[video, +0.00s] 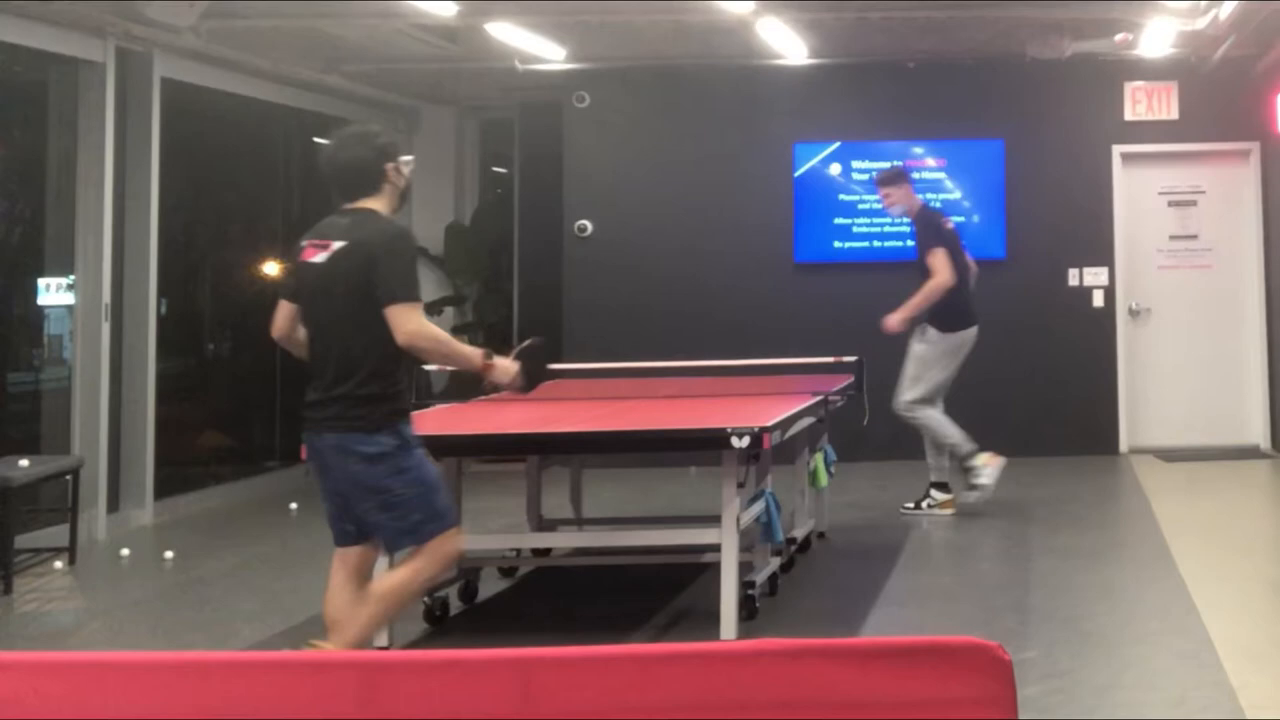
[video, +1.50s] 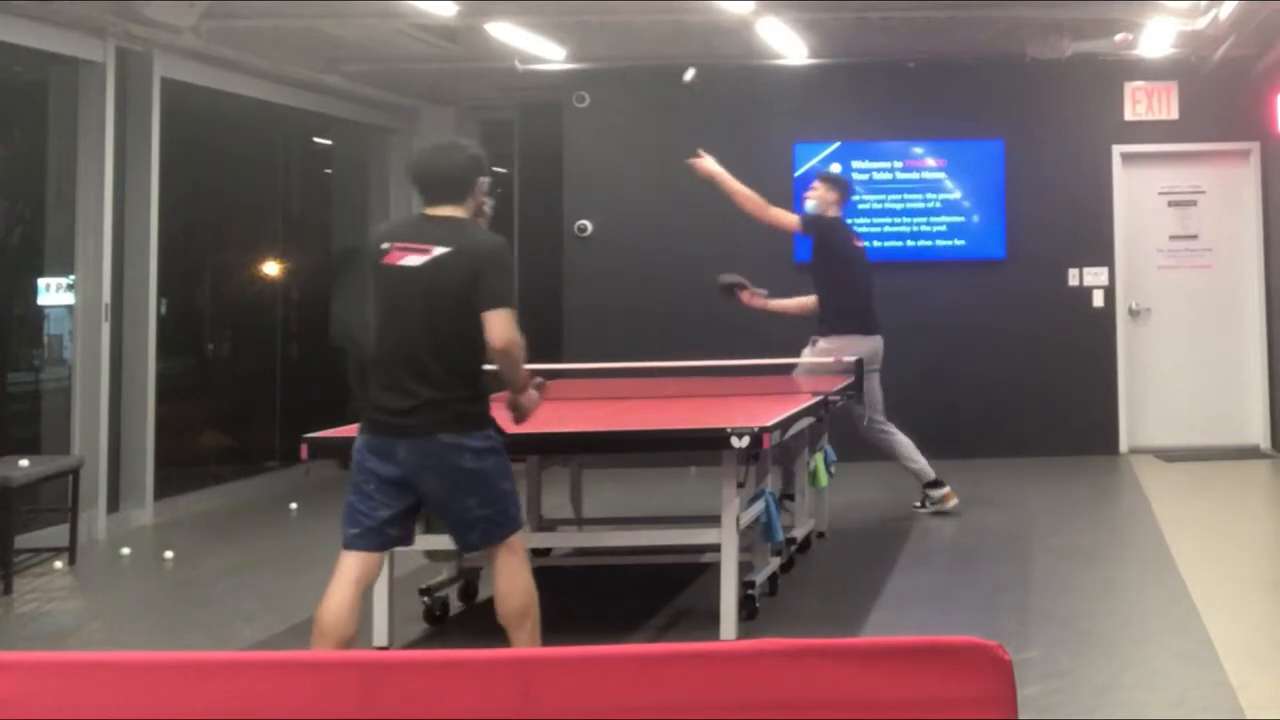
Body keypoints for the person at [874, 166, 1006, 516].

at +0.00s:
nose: (885, 203)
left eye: (889, 195)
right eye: (883, 197)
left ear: (908, 189)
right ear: (895, 196)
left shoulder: (925, 224)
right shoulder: (935, 220)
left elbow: (943, 277)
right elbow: (969, 269)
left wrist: (902, 314)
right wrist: (944, 309)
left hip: (944, 328)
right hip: (958, 327)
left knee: (909, 402)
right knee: (929, 404)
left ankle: (977, 460)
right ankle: (940, 491)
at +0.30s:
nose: (824, 227)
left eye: (827, 219)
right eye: (821, 221)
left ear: (846, 211)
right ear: (849, 214)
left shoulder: (865, 242)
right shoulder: (885, 234)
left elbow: (860, 306)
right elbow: (915, 283)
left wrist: (809, 335)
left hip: (900, 341)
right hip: (928, 337)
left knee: (859, 411)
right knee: (899, 414)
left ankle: (822, 485)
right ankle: (937, 489)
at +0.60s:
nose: (749, 253)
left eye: (752, 244)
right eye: (746, 247)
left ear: (772, 237)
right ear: (777, 237)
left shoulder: (788, 266)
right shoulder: (814, 252)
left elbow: (772, 333)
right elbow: (848, 307)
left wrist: (716, 363)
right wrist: (813, 342)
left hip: (854, 352)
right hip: (884, 343)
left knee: (805, 415)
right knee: (869, 422)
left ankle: (793, 497)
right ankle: (927, 485)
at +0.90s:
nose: (721, 248)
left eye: (726, 240)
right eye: (720, 242)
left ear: (749, 237)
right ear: (750, 238)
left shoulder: (755, 271)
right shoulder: (785, 256)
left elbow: (718, 328)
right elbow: (799, 319)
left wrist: (661, 361)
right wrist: (752, 336)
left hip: (822, 355)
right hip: (860, 345)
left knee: (787, 425)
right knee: (855, 424)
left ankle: (788, 501)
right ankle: (918, 486)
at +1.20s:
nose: (758, 209)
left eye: (766, 203)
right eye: (759, 203)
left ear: (787, 208)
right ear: (788, 211)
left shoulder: (779, 240)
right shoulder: (810, 243)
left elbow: (716, 260)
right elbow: (792, 306)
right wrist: (739, 296)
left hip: (814, 354)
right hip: (846, 350)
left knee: (784, 427)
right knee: (847, 426)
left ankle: (784, 502)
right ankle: (917, 475)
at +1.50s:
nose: (808, 192)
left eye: (817, 187)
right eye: (811, 187)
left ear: (836, 198)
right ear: (834, 200)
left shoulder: (825, 227)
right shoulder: (848, 239)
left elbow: (763, 211)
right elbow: (822, 302)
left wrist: (717, 173)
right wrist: (766, 302)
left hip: (835, 345)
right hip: (868, 344)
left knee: (796, 420)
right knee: (874, 422)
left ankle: (790, 502)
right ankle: (935, 486)